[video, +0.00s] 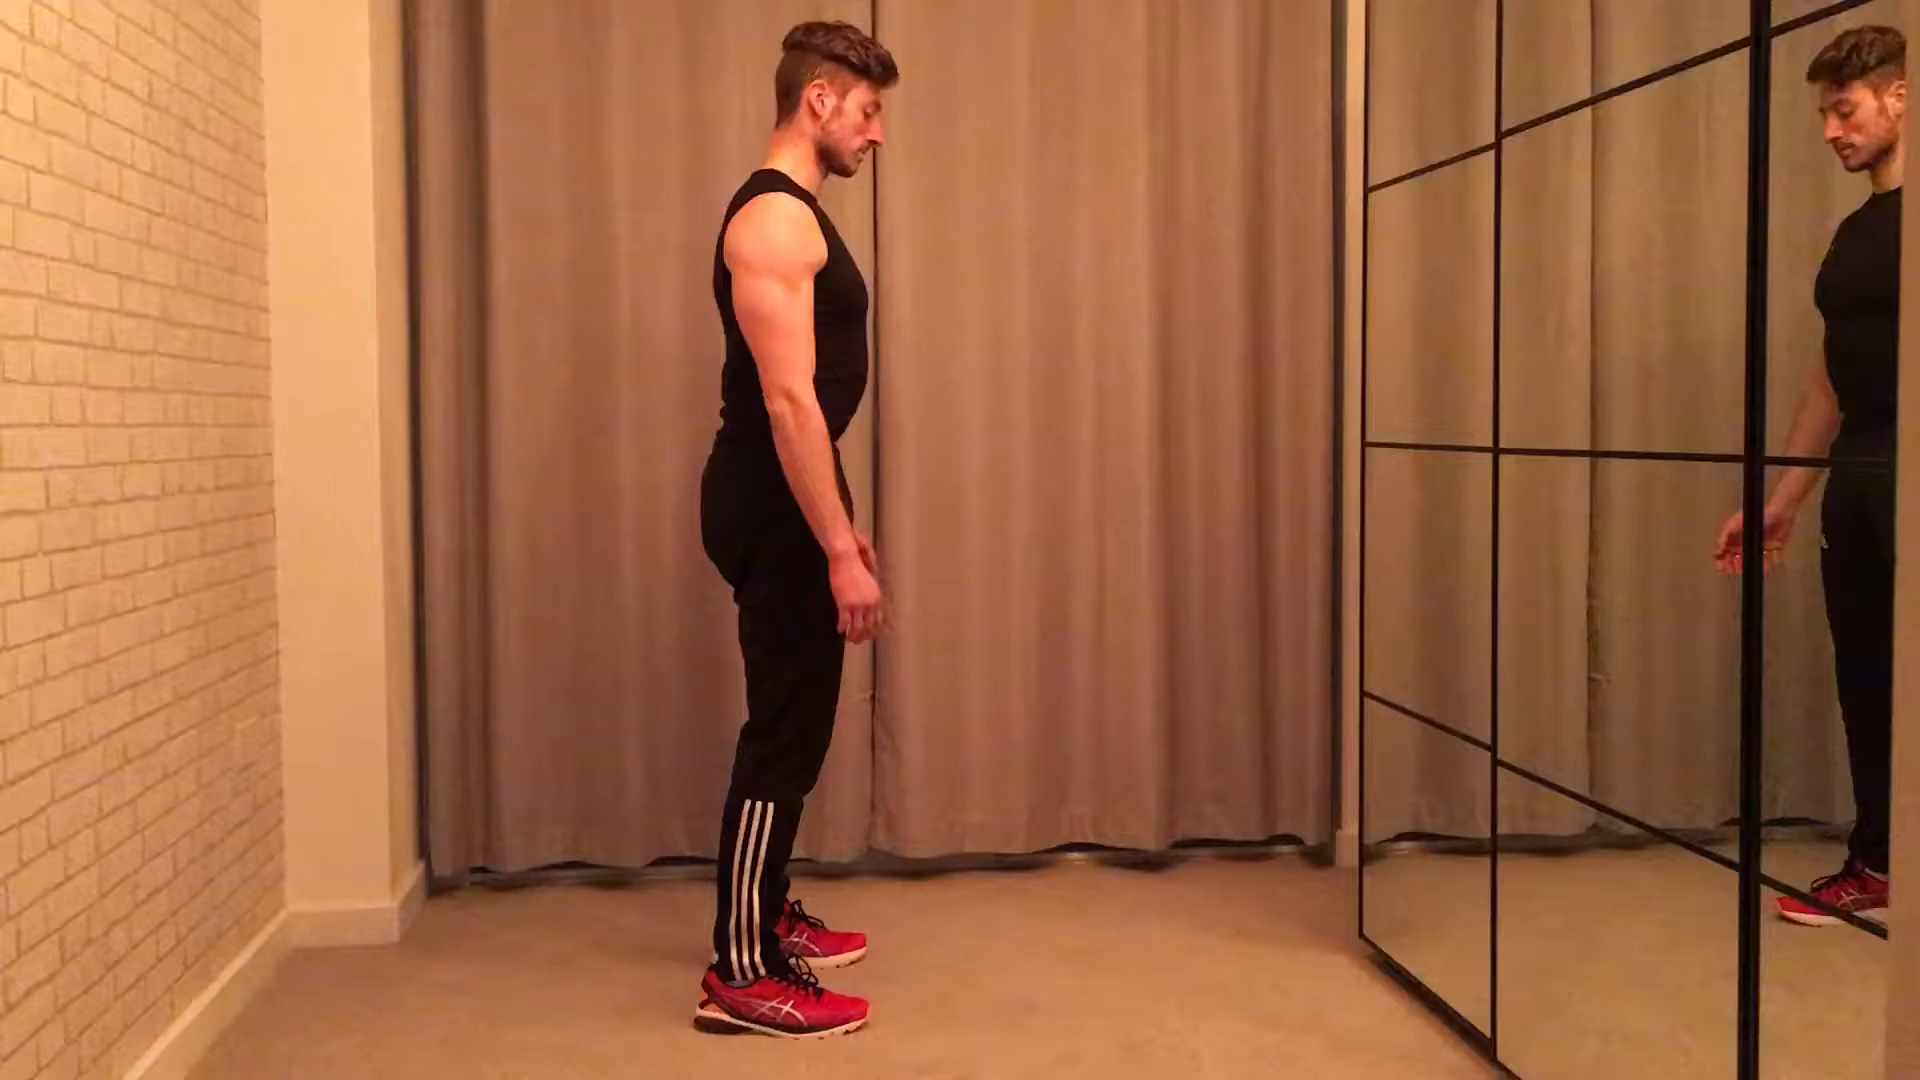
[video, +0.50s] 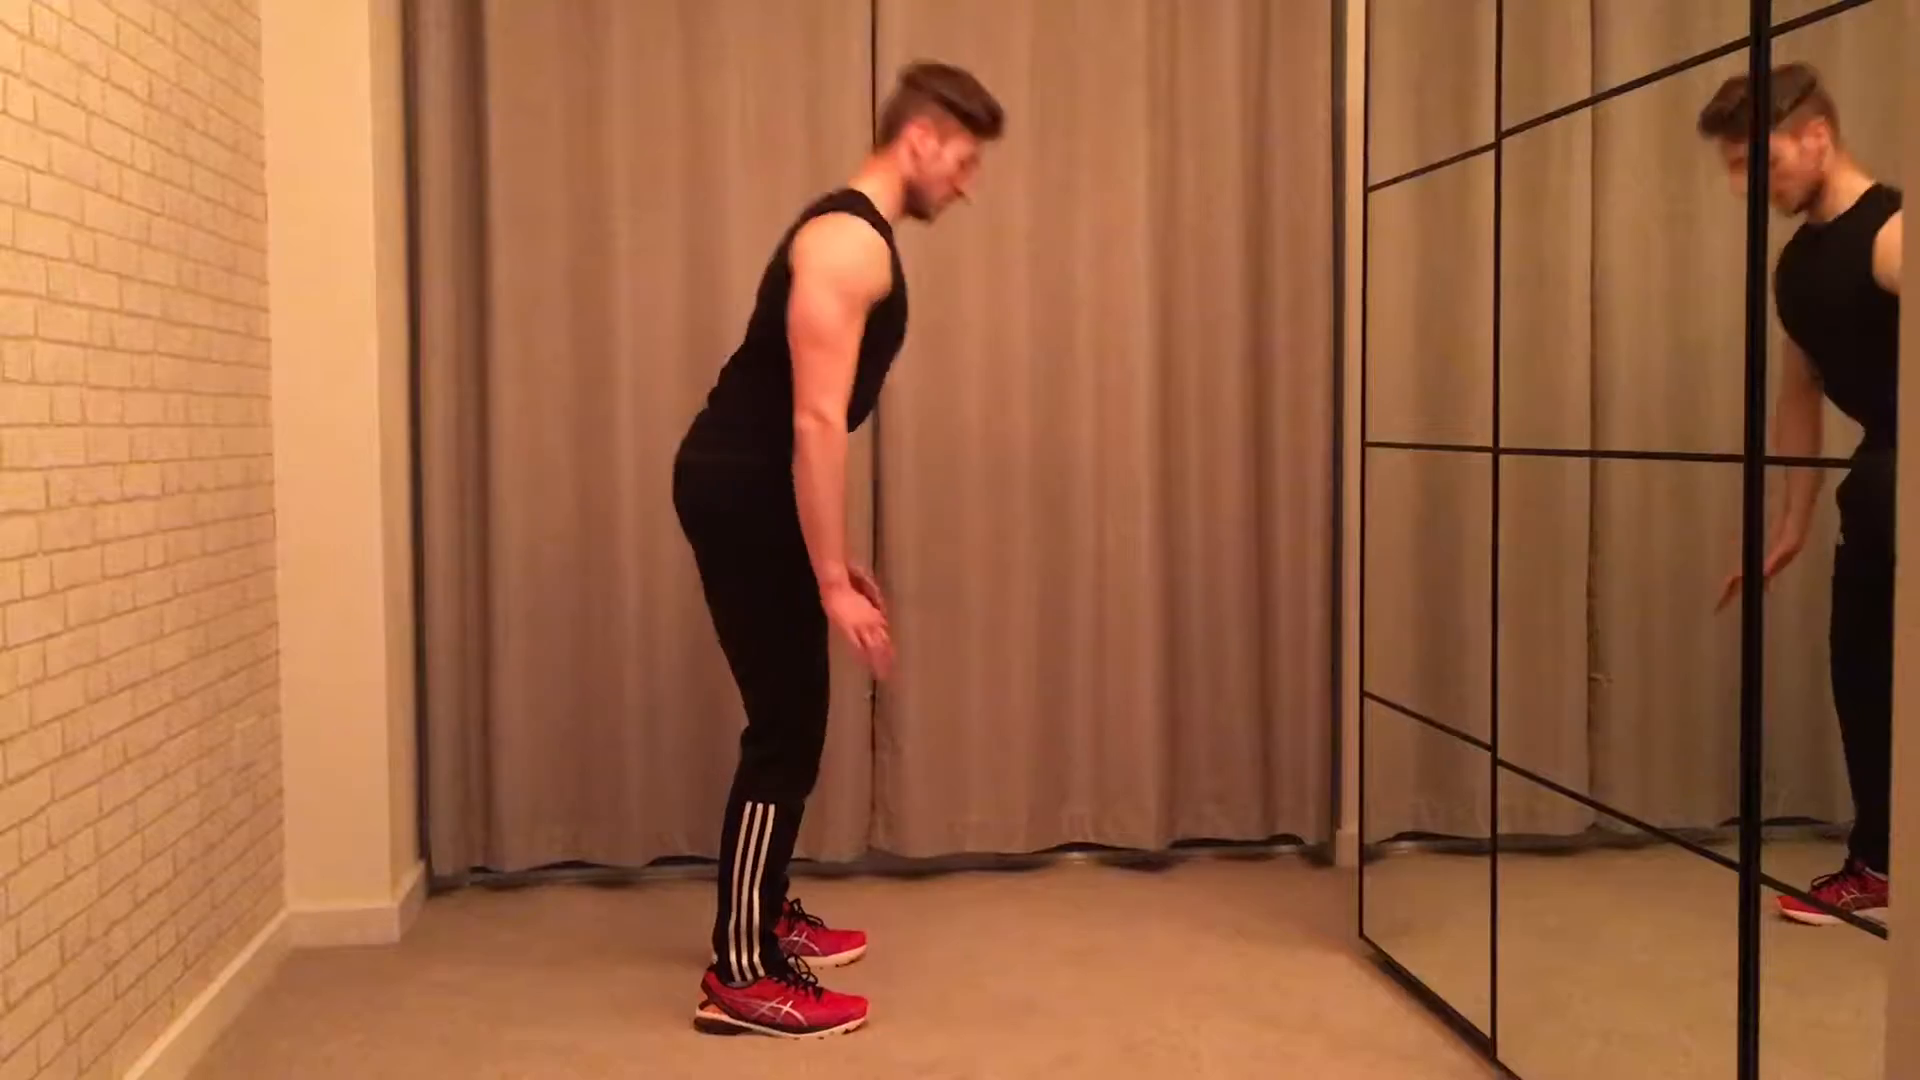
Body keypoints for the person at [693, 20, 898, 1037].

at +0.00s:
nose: (877, 133)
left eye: (879, 115)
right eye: (871, 112)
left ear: (818, 105)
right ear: (819, 100)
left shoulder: (787, 207)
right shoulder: (774, 218)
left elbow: (798, 400)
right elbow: (789, 404)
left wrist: (844, 539)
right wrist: (843, 551)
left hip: (785, 494)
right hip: (775, 501)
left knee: (791, 727)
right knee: (786, 734)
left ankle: (765, 923)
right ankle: (741, 974)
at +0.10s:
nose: (881, 132)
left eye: (884, 113)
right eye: (875, 111)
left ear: (825, 104)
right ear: (823, 100)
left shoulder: (791, 208)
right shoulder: (776, 219)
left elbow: (803, 398)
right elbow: (786, 402)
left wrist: (848, 530)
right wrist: (838, 552)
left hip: (783, 490)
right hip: (771, 498)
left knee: (791, 727)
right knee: (786, 734)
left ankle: (765, 923)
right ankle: (740, 974)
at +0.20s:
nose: (887, 133)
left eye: (890, 114)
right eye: (881, 112)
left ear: (837, 105)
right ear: (831, 101)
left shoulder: (800, 209)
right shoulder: (782, 218)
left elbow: (805, 398)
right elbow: (785, 400)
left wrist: (845, 529)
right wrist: (829, 556)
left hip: (782, 495)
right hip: (767, 501)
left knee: (790, 724)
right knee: (782, 731)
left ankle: (766, 921)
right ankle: (740, 974)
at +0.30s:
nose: (903, 140)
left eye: (906, 120)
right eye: (897, 118)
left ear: (848, 107)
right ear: (848, 104)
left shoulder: (810, 210)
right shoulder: (794, 218)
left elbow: (806, 401)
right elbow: (790, 403)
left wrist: (839, 536)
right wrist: (825, 558)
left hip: (781, 493)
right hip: (765, 499)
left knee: (788, 725)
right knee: (780, 731)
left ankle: (768, 920)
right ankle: (737, 973)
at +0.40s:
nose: (927, 150)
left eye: (932, 131)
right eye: (921, 128)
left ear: (873, 117)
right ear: (875, 113)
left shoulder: (836, 216)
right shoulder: (815, 223)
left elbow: (811, 406)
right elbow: (798, 406)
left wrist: (836, 540)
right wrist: (823, 563)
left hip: (774, 491)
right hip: (758, 498)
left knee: (790, 718)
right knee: (784, 723)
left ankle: (768, 920)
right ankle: (737, 974)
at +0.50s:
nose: (970, 181)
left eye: (977, 164)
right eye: (967, 159)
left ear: (920, 141)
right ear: (920, 136)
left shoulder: (864, 236)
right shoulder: (846, 242)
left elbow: (821, 423)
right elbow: (815, 422)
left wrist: (838, 560)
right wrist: (832, 579)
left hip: (760, 479)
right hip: (741, 487)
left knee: (794, 714)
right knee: (787, 719)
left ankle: (766, 919)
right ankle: (739, 974)